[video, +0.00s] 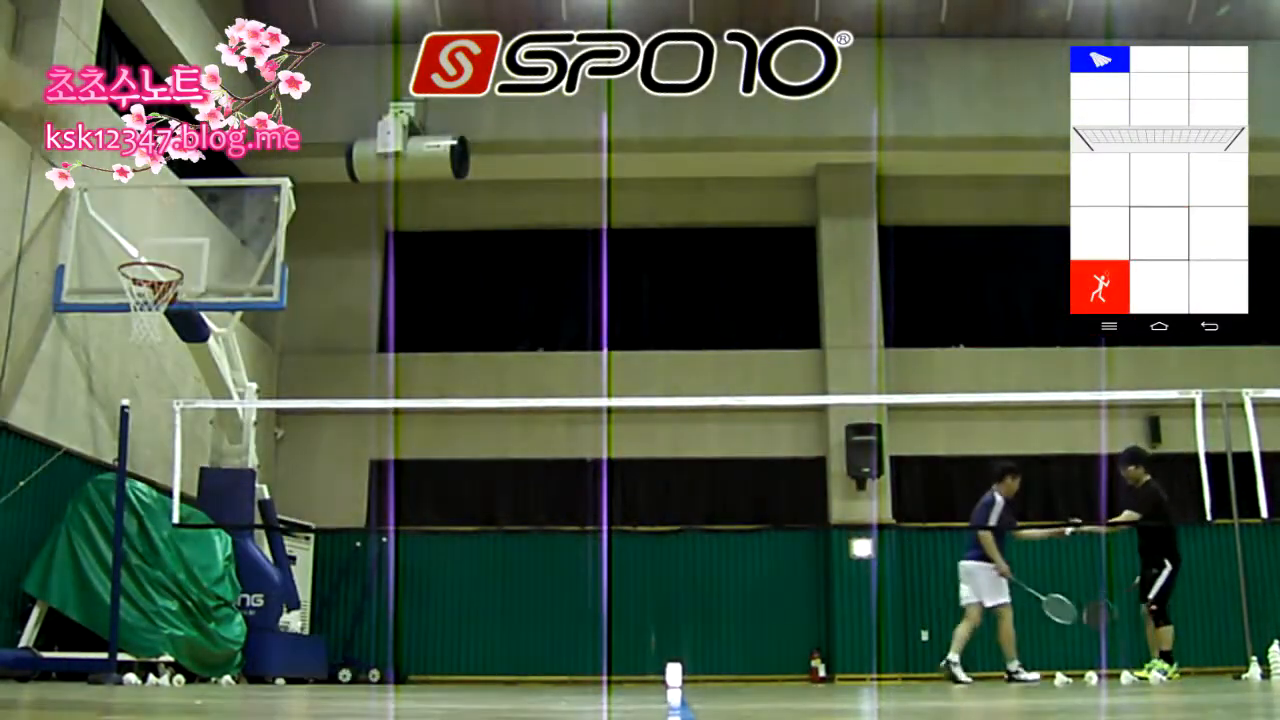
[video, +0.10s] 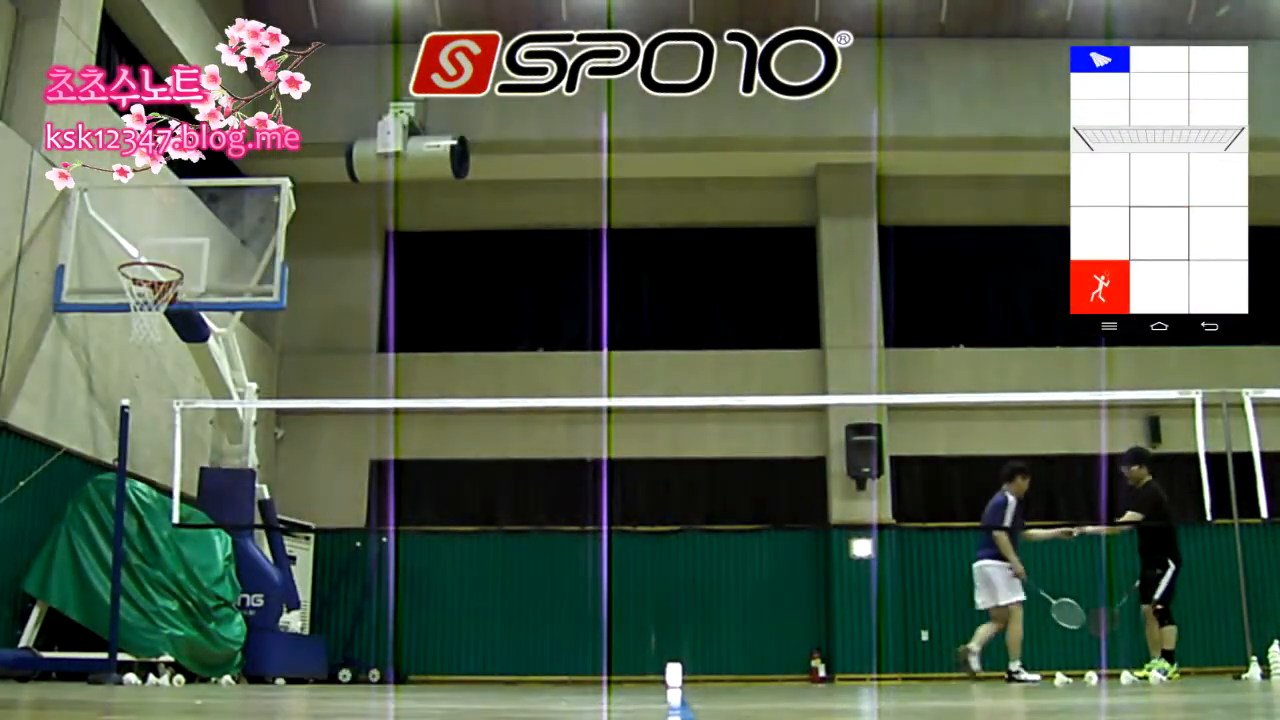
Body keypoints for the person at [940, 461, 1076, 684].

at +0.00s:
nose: (1017, 487)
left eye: (1018, 482)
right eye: (1016, 482)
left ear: (1002, 481)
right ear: (1006, 480)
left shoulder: (992, 501)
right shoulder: (996, 501)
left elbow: (1017, 532)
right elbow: (984, 532)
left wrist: (1054, 532)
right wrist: (1000, 563)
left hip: (969, 564)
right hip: (986, 565)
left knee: (972, 616)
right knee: (1005, 613)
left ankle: (952, 658)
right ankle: (1013, 666)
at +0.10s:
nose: (1027, 486)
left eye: (1027, 481)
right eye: (1025, 481)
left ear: (1012, 481)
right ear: (1016, 480)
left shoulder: (1006, 501)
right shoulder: (1007, 500)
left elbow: (1024, 534)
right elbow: (999, 533)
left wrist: (1057, 533)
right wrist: (1016, 562)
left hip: (984, 564)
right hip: (997, 564)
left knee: (999, 618)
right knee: (1016, 612)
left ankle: (973, 648)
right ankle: (1015, 666)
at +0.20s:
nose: (1036, 485)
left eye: (1036, 481)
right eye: (1034, 480)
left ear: (1021, 480)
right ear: (1025, 479)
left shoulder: (1009, 499)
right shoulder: (1019, 499)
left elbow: (1032, 533)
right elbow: (1013, 532)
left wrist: (1064, 534)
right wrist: (1028, 559)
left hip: (994, 560)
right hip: (1006, 560)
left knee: (1014, 612)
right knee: (1019, 611)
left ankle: (999, 648)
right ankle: (1015, 665)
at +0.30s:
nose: (1044, 486)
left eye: (1044, 482)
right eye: (1042, 482)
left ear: (1028, 482)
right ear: (1035, 481)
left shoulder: (1018, 500)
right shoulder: (1028, 499)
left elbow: (1038, 533)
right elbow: (1025, 531)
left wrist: (1070, 535)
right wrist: (1039, 557)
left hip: (1011, 561)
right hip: (1016, 562)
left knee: (1027, 611)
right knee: (1023, 611)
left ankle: (1026, 658)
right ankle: (1015, 664)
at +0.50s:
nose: (1060, 492)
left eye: (1059, 487)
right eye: (1058, 487)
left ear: (1043, 488)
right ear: (1051, 487)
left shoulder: (1034, 507)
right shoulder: (1049, 504)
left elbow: (1052, 540)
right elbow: (1043, 531)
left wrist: (1080, 540)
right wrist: (1058, 556)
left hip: (1030, 569)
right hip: (1041, 568)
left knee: (1046, 617)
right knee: (1049, 615)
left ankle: (1050, 664)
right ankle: (1027, 654)